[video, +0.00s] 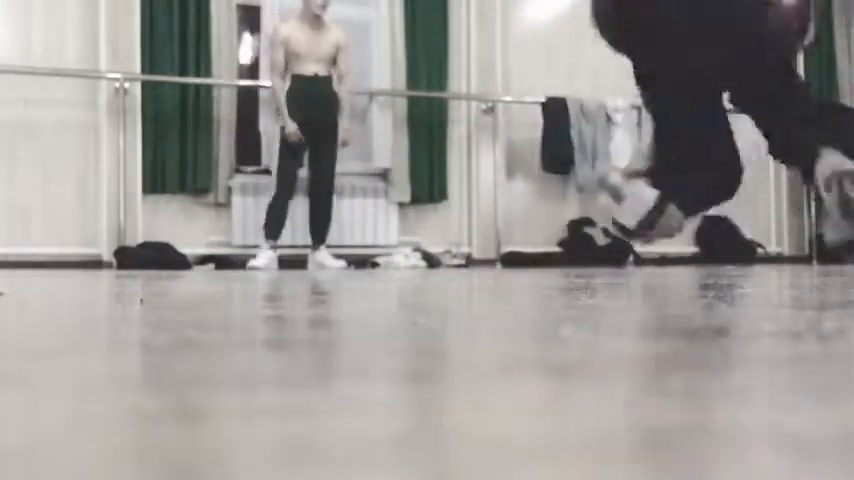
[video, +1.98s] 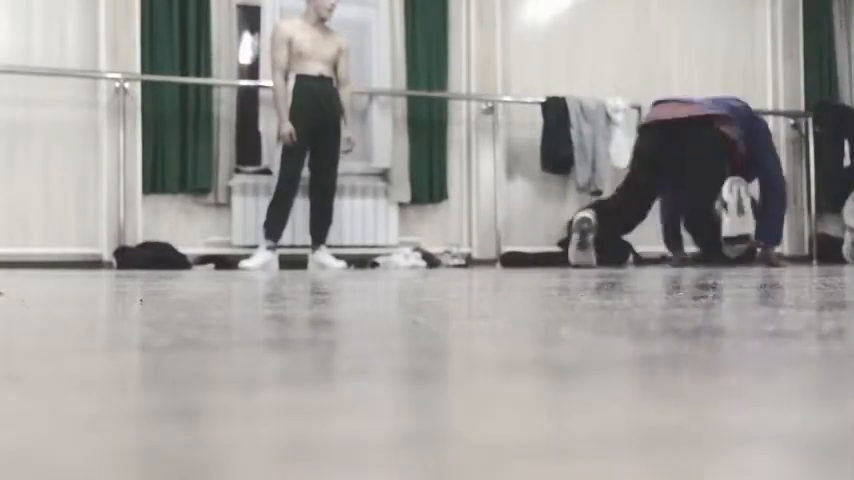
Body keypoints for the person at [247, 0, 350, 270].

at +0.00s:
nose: (321, 4)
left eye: (325, 1)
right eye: (317, 0)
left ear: (328, 4)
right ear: (306, 1)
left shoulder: (336, 34)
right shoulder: (285, 31)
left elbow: (342, 81)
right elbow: (277, 79)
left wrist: (344, 123)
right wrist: (286, 120)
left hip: (326, 95)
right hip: (295, 93)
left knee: (323, 179)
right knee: (286, 179)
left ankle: (318, 250)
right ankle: (269, 248)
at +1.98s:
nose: (331, 5)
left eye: (333, 2)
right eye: (327, 1)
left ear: (331, 7)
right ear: (311, 2)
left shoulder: (337, 40)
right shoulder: (286, 29)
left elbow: (343, 84)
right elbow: (279, 76)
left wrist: (347, 126)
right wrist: (283, 119)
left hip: (329, 100)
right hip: (299, 98)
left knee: (325, 180)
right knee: (288, 178)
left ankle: (319, 250)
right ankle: (268, 248)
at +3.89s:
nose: (329, 5)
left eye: (332, 2)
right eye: (325, 0)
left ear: (331, 6)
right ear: (310, 1)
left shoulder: (335, 38)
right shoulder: (284, 30)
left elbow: (349, 76)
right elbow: (267, 72)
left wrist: (343, 99)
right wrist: (287, 95)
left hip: (328, 97)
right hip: (298, 94)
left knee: (324, 179)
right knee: (288, 177)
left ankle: (319, 251)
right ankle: (268, 249)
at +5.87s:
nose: (325, 5)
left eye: (329, 2)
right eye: (321, 1)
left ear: (331, 5)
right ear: (307, 1)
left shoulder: (333, 36)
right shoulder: (283, 26)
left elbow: (344, 73)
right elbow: (255, 60)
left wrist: (336, 91)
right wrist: (277, 80)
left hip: (324, 109)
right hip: (294, 107)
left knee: (327, 184)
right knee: (283, 181)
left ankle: (319, 252)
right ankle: (267, 250)